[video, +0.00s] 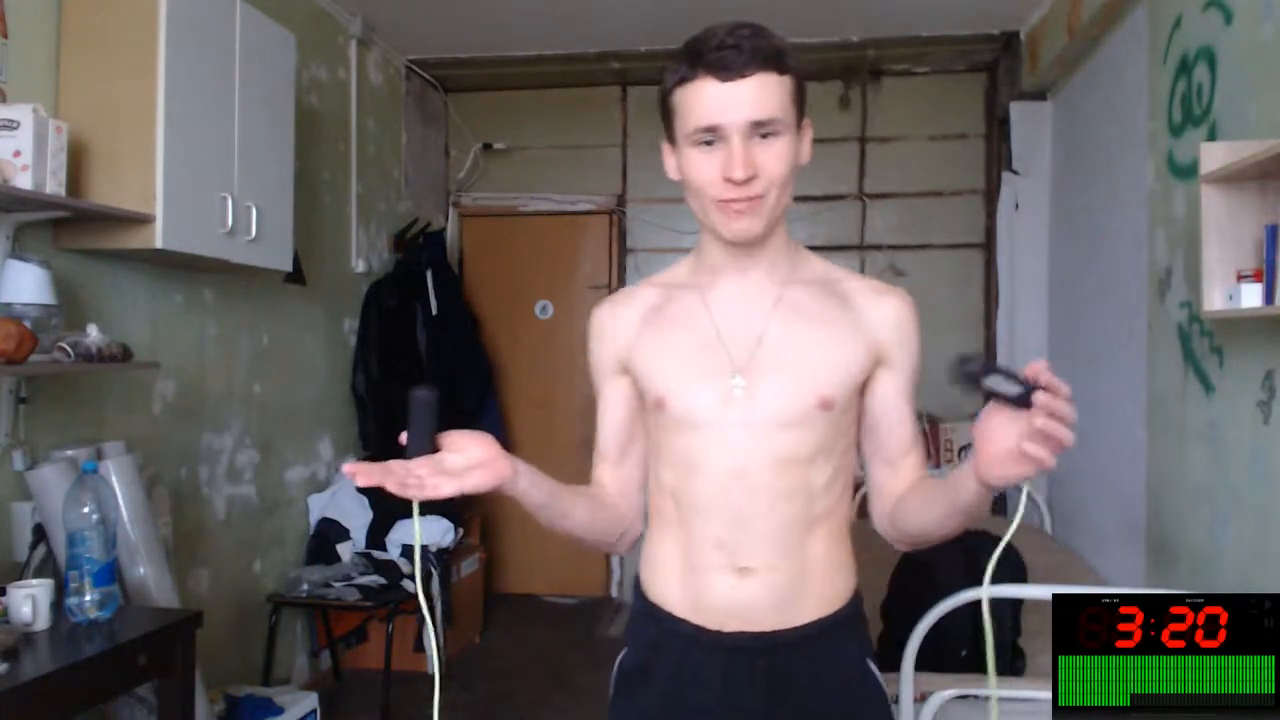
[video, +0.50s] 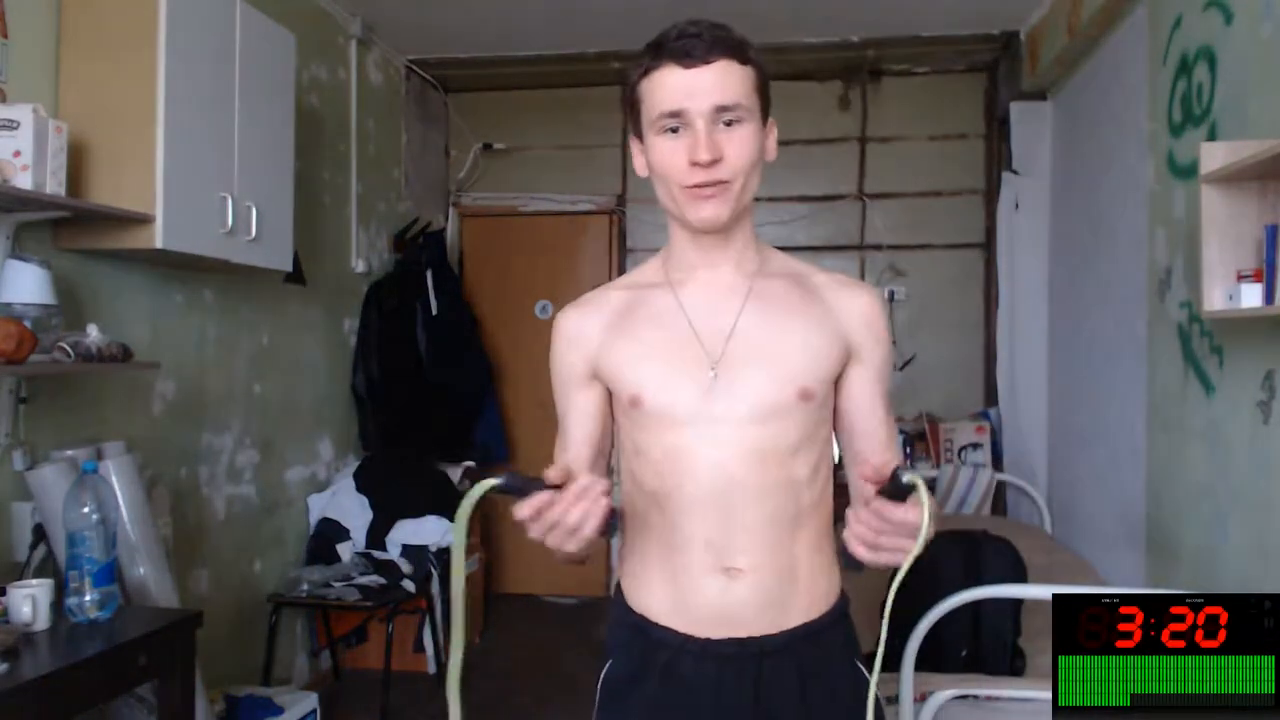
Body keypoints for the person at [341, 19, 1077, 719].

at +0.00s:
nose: (736, 167)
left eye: (761, 134)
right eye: (708, 141)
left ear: (802, 144)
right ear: (672, 160)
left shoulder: (875, 314)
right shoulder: (623, 322)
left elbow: (901, 515)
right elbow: (615, 518)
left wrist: (978, 472)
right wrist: (508, 474)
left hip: (821, 665)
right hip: (670, 665)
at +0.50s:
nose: (704, 152)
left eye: (729, 121)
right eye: (674, 128)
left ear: (768, 141)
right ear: (639, 154)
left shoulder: (848, 311)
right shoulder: (589, 328)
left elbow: (881, 486)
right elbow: (575, 510)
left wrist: (892, 524)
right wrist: (568, 521)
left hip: (811, 669)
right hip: (655, 673)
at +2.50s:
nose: (750, 136)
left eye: (772, 108)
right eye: (716, 117)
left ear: (804, 136)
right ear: (673, 156)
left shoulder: (882, 310)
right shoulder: (616, 322)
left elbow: (927, 514)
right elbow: (583, 513)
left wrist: (865, 512)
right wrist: (630, 521)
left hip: (835, 676)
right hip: (678, 675)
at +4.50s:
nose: (713, 144)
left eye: (737, 115)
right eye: (682, 125)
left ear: (779, 140)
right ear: (654, 163)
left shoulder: (870, 310)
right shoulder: (607, 332)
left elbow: (932, 516)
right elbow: (587, 498)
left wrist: (835, 504)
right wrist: (581, 527)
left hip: (825, 677)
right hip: (667, 676)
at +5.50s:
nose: (726, 124)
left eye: (755, 108)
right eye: (700, 105)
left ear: (789, 152)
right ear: (662, 147)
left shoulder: (868, 303)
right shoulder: (603, 327)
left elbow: (948, 517)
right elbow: (573, 506)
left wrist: (833, 415)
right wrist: (602, 536)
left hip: (826, 669)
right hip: (671, 670)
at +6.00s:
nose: (730, 144)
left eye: (756, 119)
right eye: (701, 119)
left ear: (789, 150)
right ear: (660, 149)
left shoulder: (871, 302)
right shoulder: (607, 329)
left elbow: (933, 528)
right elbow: (588, 488)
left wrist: (849, 389)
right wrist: (602, 537)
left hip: (829, 668)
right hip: (676, 671)